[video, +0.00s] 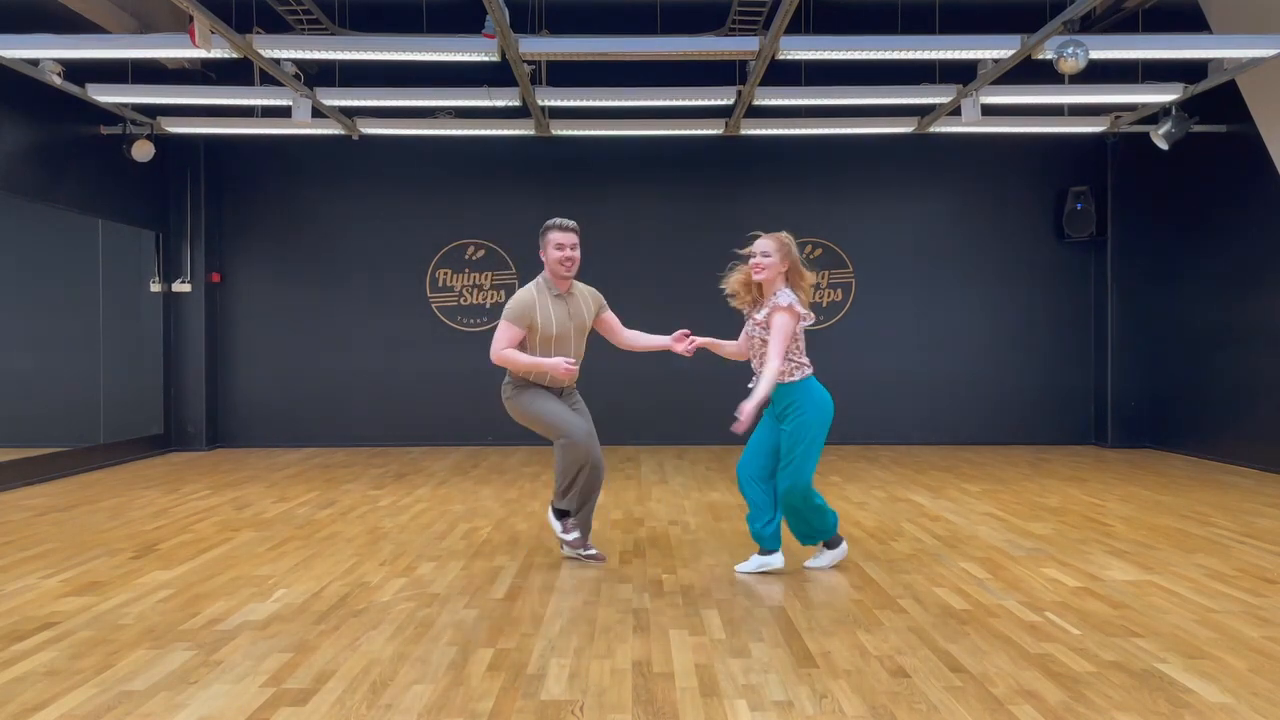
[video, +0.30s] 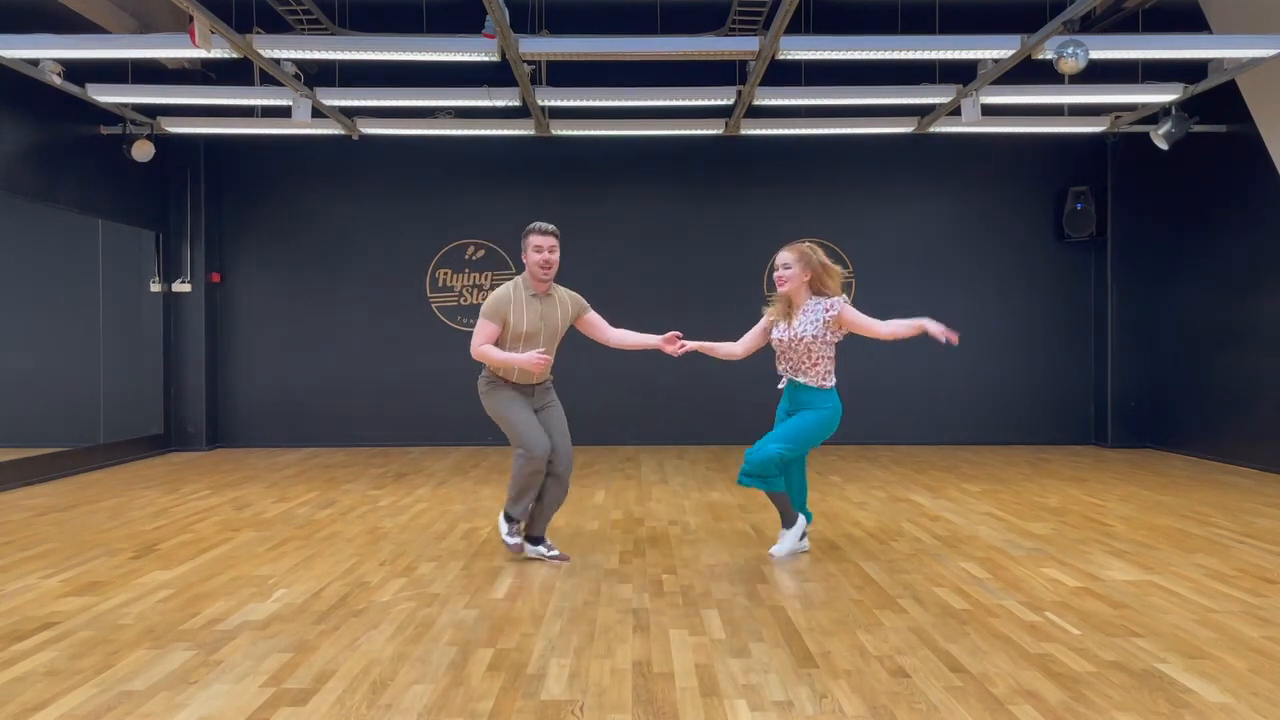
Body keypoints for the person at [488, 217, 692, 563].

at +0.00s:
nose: (568, 254)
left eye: (573, 247)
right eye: (559, 248)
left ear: (580, 253)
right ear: (543, 254)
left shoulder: (589, 298)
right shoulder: (526, 300)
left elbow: (623, 336)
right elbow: (499, 353)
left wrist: (669, 341)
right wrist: (546, 364)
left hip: (568, 392)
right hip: (526, 389)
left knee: (594, 463)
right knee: (576, 433)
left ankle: (575, 538)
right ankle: (562, 510)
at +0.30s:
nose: (546, 258)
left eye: (552, 250)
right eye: (538, 251)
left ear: (559, 255)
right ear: (523, 255)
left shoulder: (569, 301)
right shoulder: (503, 298)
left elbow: (610, 335)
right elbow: (478, 348)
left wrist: (658, 341)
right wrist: (519, 360)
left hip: (542, 391)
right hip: (501, 388)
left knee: (562, 461)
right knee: (537, 449)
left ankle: (534, 538)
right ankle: (513, 516)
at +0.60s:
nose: (556, 257)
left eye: (561, 249)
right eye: (547, 250)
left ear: (567, 253)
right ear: (532, 255)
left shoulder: (571, 299)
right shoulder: (517, 294)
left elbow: (597, 338)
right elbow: (489, 341)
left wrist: (638, 342)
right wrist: (532, 355)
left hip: (531, 386)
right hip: (499, 381)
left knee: (563, 442)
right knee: (512, 462)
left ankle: (531, 509)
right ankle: (472, 534)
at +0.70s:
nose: (573, 255)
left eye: (577, 248)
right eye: (565, 248)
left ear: (580, 253)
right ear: (546, 252)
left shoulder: (574, 297)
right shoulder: (534, 289)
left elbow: (590, 339)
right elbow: (519, 342)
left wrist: (626, 348)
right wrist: (570, 340)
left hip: (542, 384)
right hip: (519, 379)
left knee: (561, 451)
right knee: (540, 457)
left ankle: (525, 519)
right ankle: (480, 525)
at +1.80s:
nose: (559, 266)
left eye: (557, 260)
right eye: (553, 261)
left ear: (530, 270)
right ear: (535, 268)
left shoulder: (516, 305)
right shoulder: (549, 306)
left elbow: (550, 350)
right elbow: (590, 349)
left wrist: (584, 319)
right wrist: (628, 340)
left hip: (488, 402)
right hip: (512, 407)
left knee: (501, 488)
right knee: (559, 478)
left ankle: (458, 560)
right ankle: (527, 558)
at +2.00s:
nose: (542, 258)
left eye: (540, 252)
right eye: (535, 253)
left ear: (507, 263)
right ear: (514, 261)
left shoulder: (488, 296)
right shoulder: (536, 299)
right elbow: (581, 340)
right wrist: (624, 335)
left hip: (464, 393)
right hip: (494, 390)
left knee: (516, 463)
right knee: (538, 467)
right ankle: (495, 551)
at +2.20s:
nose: (534, 260)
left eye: (532, 254)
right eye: (528, 254)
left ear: (508, 261)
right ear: (507, 260)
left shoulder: (503, 297)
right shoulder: (513, 297)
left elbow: (536, 351)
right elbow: (563, 334)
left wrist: (545, 313)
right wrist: (615, 324)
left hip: (490, 400)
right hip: (485, 400)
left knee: (544, 472)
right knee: (505, 486)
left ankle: (516, 553)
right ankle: (482, 581)